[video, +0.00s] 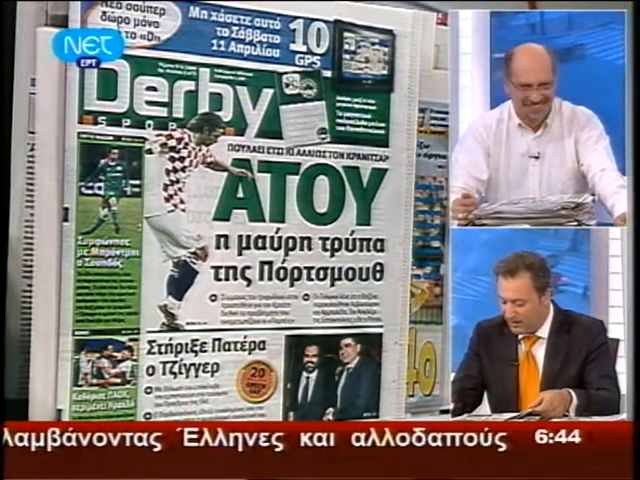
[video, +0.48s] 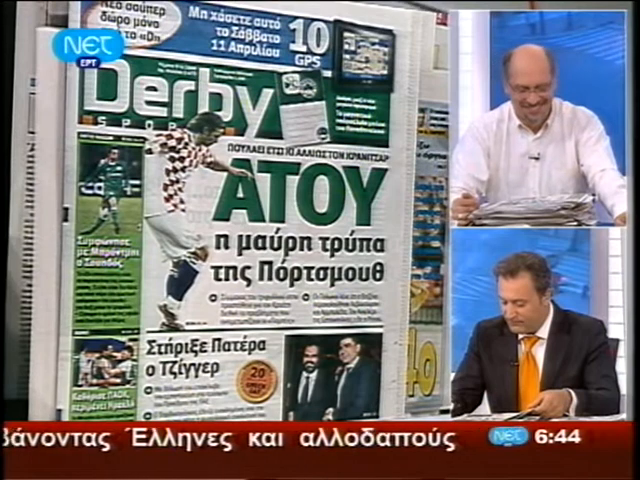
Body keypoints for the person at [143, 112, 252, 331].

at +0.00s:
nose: (215, 141)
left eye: (217, 137)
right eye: (215, 136)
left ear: (207, 132)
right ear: (205, 130)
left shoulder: (199, 150)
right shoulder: (179, 137)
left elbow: (212, 162)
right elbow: (149, 145)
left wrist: (232, 170)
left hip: (166, 209)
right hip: (161, 208)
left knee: (180, 262)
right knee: (200, 251)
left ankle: (171, 317)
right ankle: (172, 304)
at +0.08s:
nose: (215, 141)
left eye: (217, 137)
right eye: (215, 136)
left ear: (207, 132)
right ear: (205, 130)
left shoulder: (199, 150)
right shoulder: (179, 137)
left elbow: (212, 162)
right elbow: (149, 145)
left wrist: (232, 170)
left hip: (166, 209)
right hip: (161, 208)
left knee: (180, 262)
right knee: (200, 251)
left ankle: (171, 317)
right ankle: (172, 304)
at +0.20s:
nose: (215, 141)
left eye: (217, 137)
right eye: (215, 136)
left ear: (206, 132)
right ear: (205, 130)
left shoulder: (199, 150)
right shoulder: (178, 137)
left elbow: (212, 162)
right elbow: (148, 146)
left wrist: (231, 170)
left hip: (167, 209)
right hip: (161, 207)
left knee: (180, 262)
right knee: (200, 251)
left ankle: (171, 317)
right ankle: (172, 303)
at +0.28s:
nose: (215, 141)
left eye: (217, 137)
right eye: (215, 136)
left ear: (206, 132)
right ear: (205, 130)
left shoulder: (199, 150)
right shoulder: (178, 137)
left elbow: (212, 162)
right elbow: (148, 146)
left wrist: (231, 170)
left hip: (167, 209)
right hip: (161, 207)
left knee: (180, 262)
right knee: (200, 251)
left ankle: (171, 317)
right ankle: (172, 303)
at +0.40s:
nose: (215, 141)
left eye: (217, 137)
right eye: (215, 136)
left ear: (206, 132)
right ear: (205, 130)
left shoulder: (199, 150)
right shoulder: (178, 137)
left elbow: (212, 162)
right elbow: (147, 146)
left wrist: (231, 170)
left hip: (167, 209)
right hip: (160, 207)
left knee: (180, 261)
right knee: (200, 251)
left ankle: (171, 317)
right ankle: (172, 303)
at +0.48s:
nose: (215, 141)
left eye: (217, 137)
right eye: (215, 135)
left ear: (206, 132)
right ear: (205, 130)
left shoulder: (199, 150)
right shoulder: (178, 137)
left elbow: (212, 162)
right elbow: (147, 146)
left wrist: (231, 170)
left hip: (167, 209)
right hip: (160, 207)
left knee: (180, 262)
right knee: (200, 251)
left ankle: (171, 317)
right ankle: (172, 303)